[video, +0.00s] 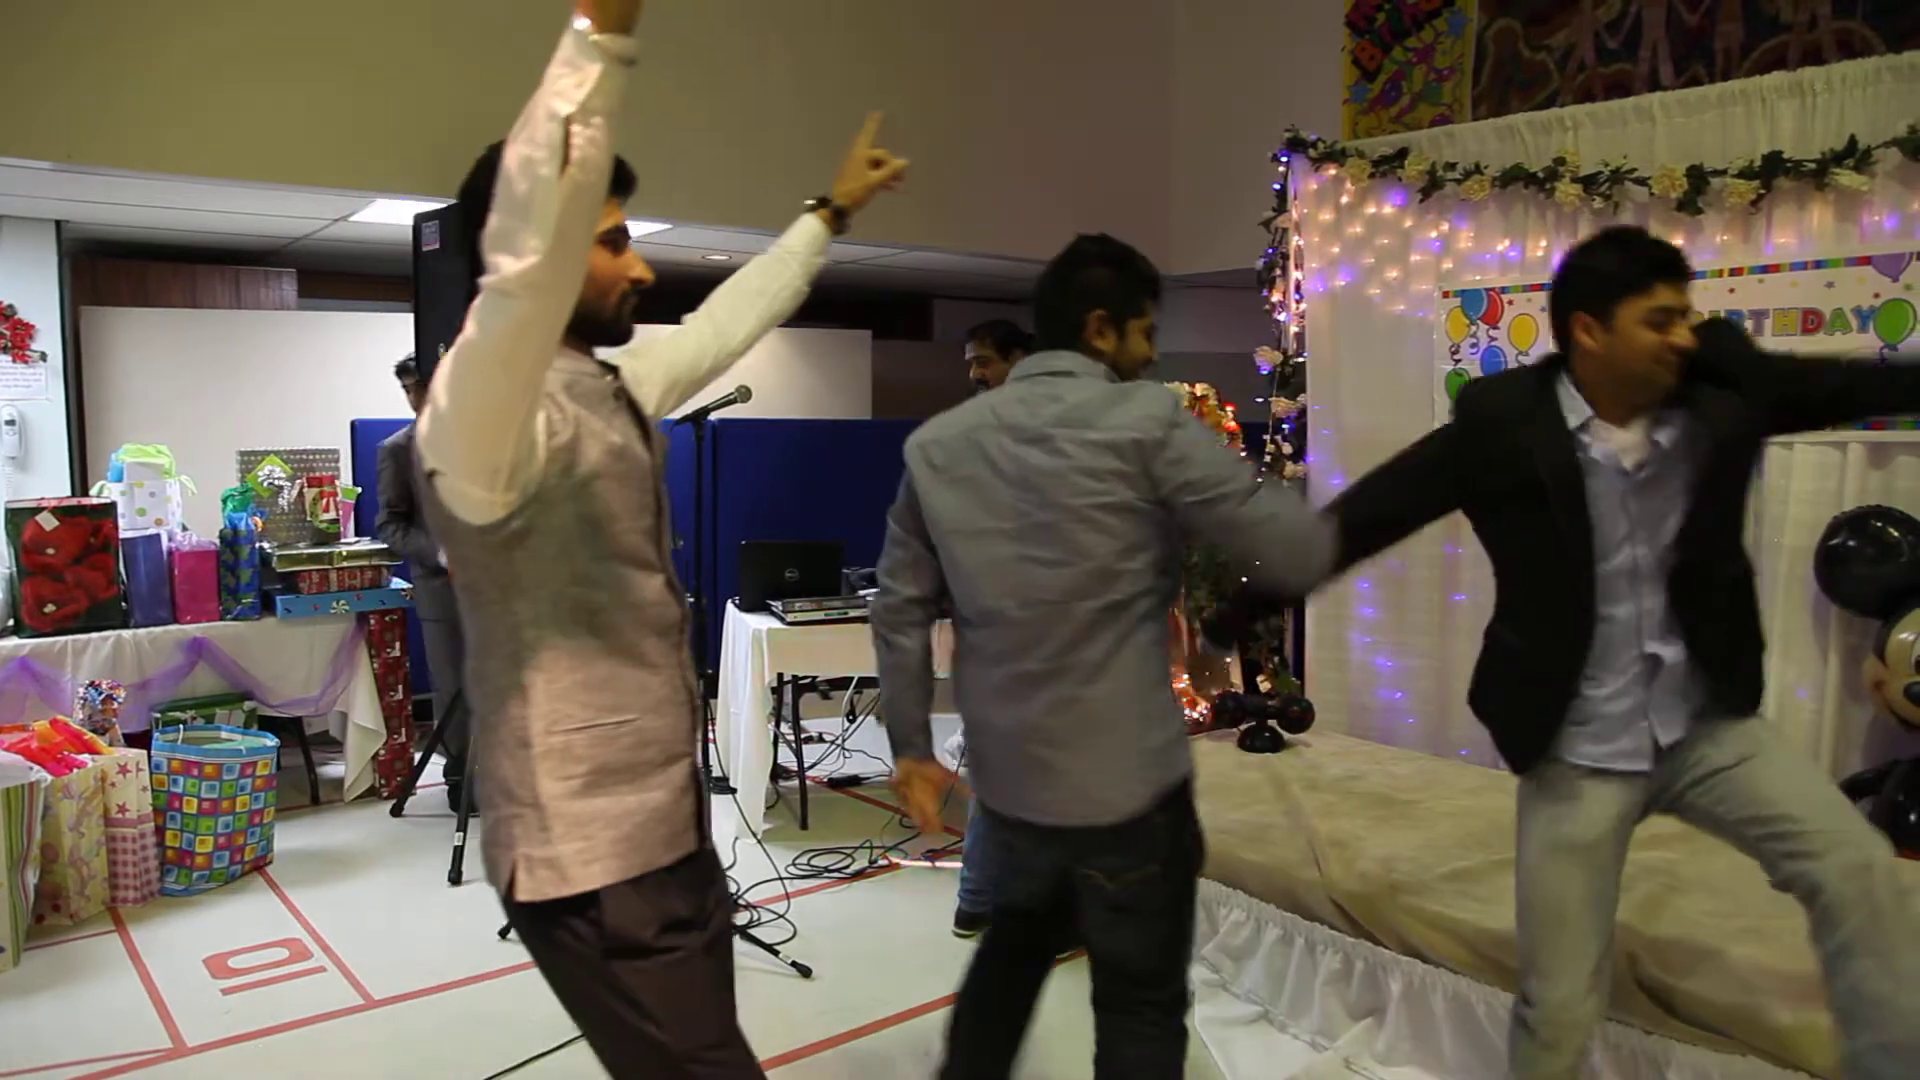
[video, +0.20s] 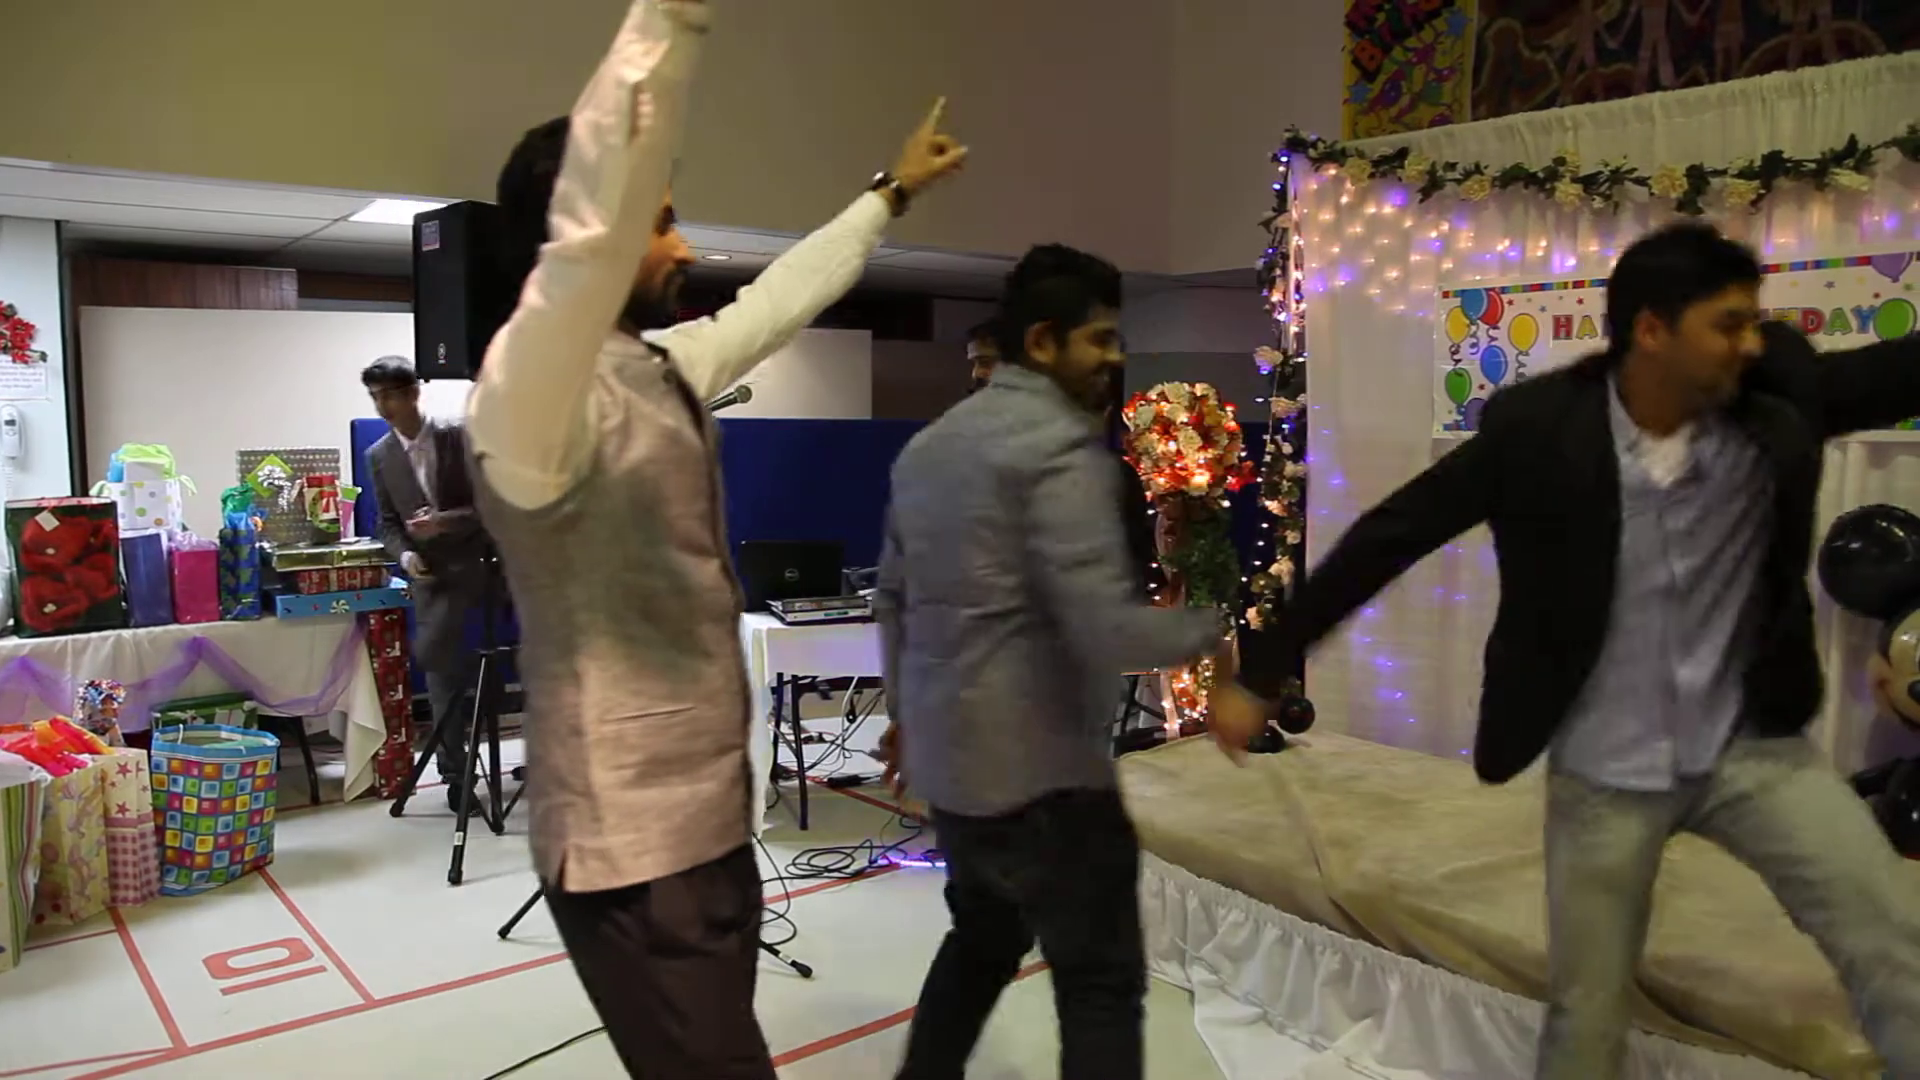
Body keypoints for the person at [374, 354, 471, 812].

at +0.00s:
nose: (414, 397)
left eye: (419, 387)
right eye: (408, 390)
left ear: (440, 385)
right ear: (405, 394)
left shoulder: (473, 435)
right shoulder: (397, 450)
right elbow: (390, 526)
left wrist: (477, 546)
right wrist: (440, 552)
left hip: (485, 579)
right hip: (438, 585)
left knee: (493, 683)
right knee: (450, 687)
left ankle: (499, 780)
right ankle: (459, 779)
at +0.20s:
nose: (384, 405)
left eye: (391, 395)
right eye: (377, 398)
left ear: (415, 392)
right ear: (374, 402)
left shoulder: (456, 439)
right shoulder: (379, 457)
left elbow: (488, 508)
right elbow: (386, 525)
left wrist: (444, 521)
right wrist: (403, 553)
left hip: (474, 575)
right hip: (428, 582)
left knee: (471, 676)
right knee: (442, 682)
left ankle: (459, 768)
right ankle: (457, 780)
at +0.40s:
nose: (343, 432)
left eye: (350, 422)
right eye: (339, 423)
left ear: (380, 417)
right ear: (342, 423)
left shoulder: (433, 452)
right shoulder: (367, 465)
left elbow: (475, 513)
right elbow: (399, 523)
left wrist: (408, 540)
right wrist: (392, 555)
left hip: (462, 566)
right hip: (422, 569)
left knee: (372, 603)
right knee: (440, 669)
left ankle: (439, 664)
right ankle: (454, 775)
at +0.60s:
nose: (317, 435)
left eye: (324, 425)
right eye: (314, 426)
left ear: (357, 421)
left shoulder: (406, 461)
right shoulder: (352, 467)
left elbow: (438, 533)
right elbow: (375, 532)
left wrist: (363, 553)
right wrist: (349, 557)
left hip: (437, 580)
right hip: (405, 582)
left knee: (368, 669)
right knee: (428, 687)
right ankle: (454, 778)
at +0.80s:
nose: (279, 426)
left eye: (286, 415)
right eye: (277, 416)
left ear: (321, 415)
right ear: (306, 419)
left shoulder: (362, 466)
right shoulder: (329, 467)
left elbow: (389, 550)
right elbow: (348, 543)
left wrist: (320, 567)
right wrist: (317, 572)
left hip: (396, 604)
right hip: (366, 602)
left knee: (368, 704)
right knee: (385, 696)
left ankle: (355, 823)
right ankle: (446, 761)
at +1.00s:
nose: (231, 416)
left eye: (240, 405)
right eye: (229, 406)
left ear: (277, 406)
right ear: (247, 408)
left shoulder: (322, 460)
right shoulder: (270, 462)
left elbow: (339, 548)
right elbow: (293, 536)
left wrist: (269, 578)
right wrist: (260, 566)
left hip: (358, 597)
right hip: (309, 595)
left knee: (347, 711)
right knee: (287, 700)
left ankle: (339, 822)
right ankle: (357, 684)